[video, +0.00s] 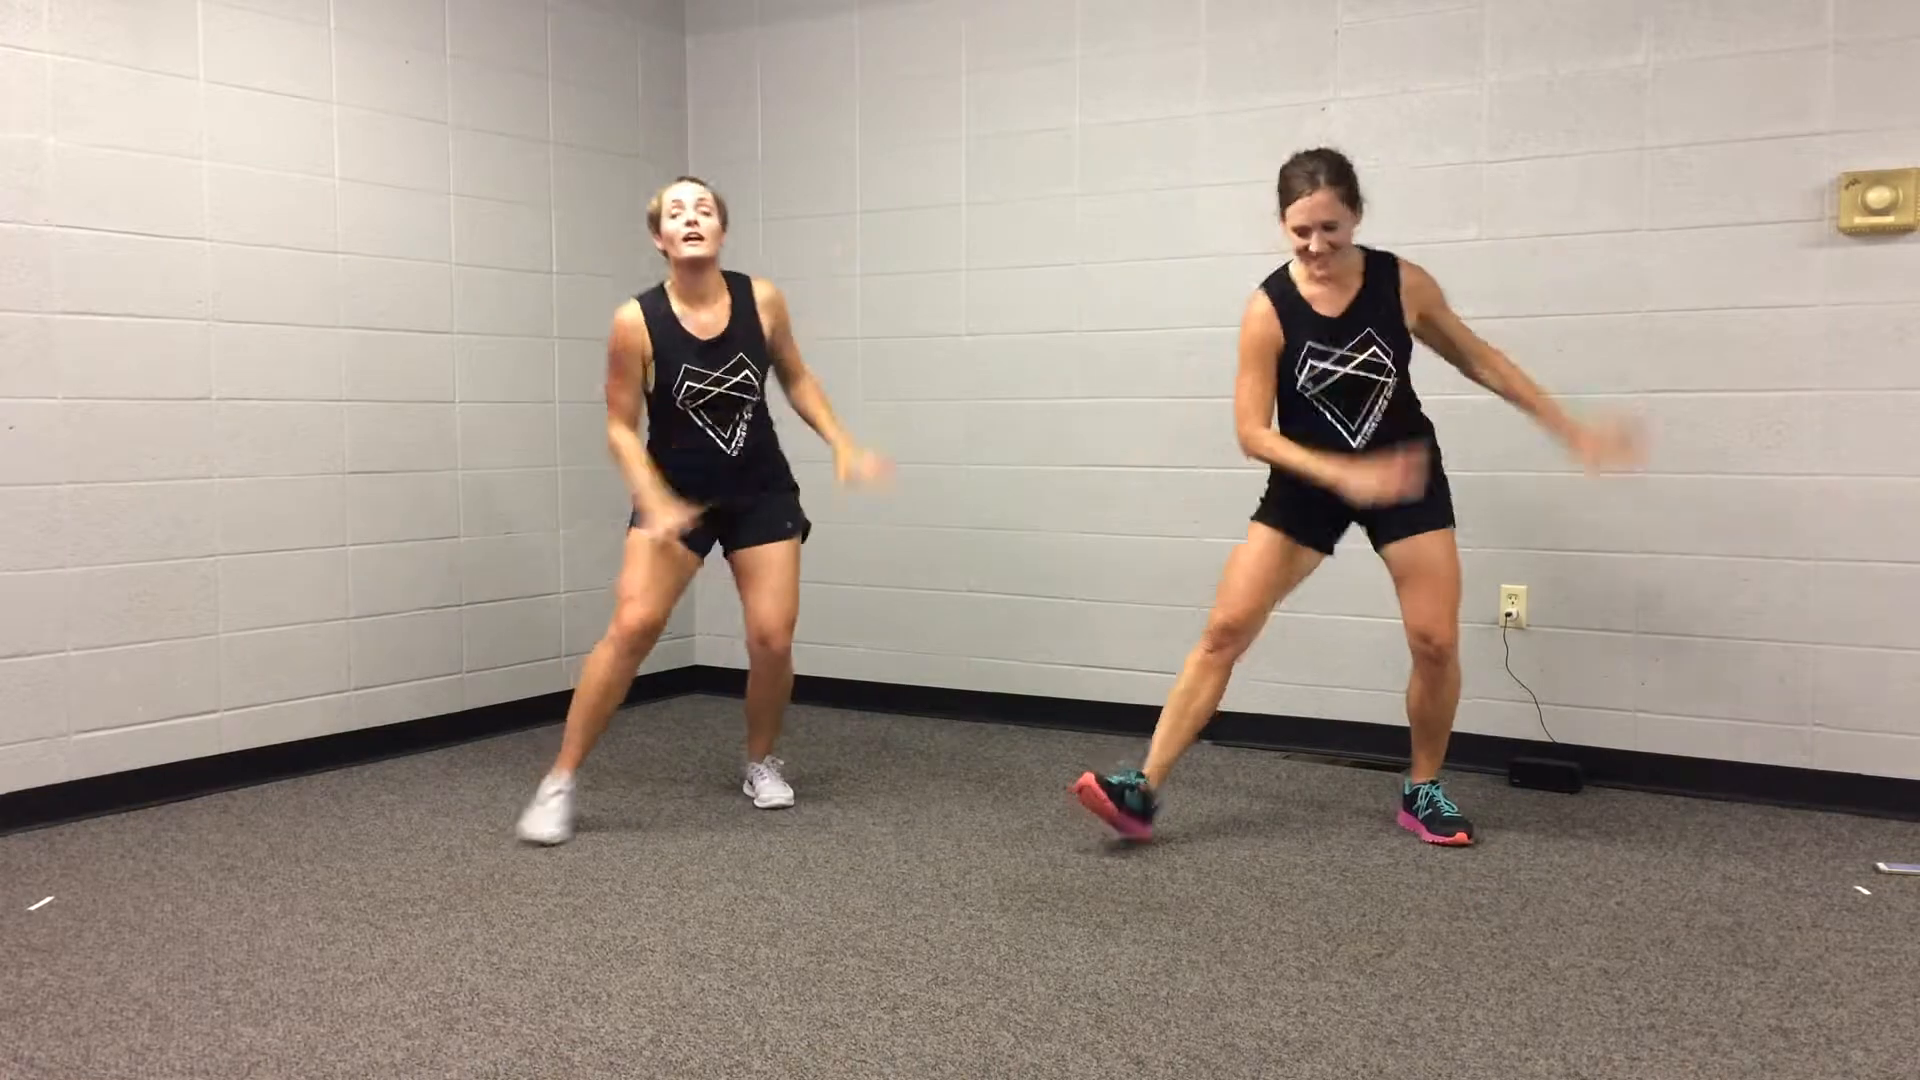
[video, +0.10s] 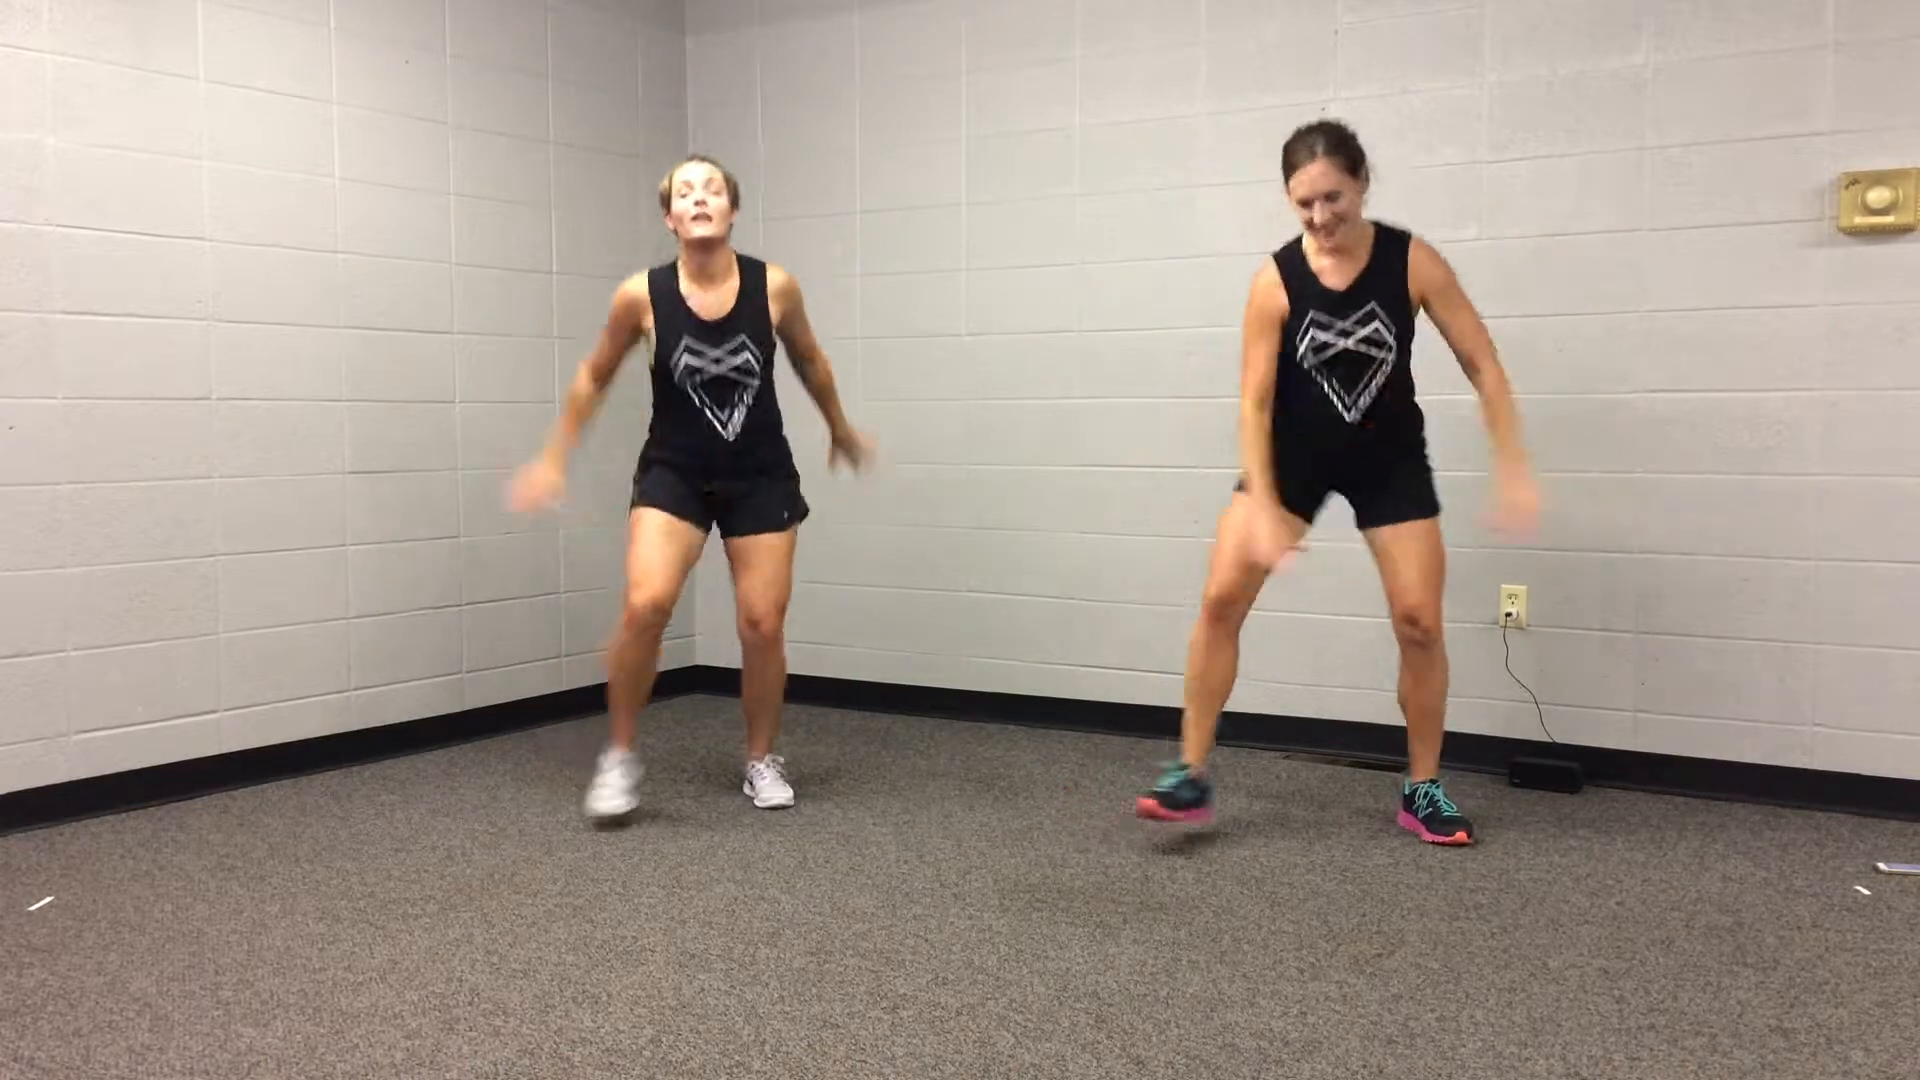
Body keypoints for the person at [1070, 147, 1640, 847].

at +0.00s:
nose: (1317, 244)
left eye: (1331, 228)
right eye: (1303, 230)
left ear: (1356, 216)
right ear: (1283, 224)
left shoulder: (1403, 286)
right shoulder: (1268, 311)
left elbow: (1479, 359)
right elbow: (1254, 435)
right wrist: (1342, 474)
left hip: (1401, 468)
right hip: (1307, 475)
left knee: (1435, 641)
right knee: (1224, 630)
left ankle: (1424, 789)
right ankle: (1144, 786)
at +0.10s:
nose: (1320, 215)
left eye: (1332, 198)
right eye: (1305, 202)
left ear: (1361, 186)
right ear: (1290, 200)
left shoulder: (1413, 263)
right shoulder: (1276, 281)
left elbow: (1483, 366)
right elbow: (1255, 401)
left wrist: (1511, 466)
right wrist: (1262, 504)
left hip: (1388, 456)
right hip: (1293, 456)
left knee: (1419, 622)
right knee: (1221, 600)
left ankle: (1424, 786)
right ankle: (1190, 773)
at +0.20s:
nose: (1315, 182)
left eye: (1327, 165)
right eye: (1300, 171)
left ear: (1360, 158)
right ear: (1287, 173)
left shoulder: (1409, 238)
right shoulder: (1268, 254)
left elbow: (1459, 351)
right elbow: (1227, 361)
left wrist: (1409, 427)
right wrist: (1190, 449)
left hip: (1364, 439)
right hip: (1272, 432)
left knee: (1390, 614)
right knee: (1236, 596)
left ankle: (1420, 784)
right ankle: (1229, 769)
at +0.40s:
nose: (1297, 157)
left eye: (1310, 145)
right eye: (1283, 147)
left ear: (1335, 159)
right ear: (1265, 163)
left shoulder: (1368, 253)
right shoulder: (1234, 254)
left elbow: (1382, 370)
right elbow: (1166, 351)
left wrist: (1329, 454)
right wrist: (1220, 403)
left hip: (1335, 447)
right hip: (1244, 448)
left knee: (1378, 621)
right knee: (1239, 613)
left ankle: (1409, 777)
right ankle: (1242, 782)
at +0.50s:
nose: (1280, 156)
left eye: (1295, 146)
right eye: (1267, 148)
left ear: (1318, 168)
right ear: (1248, 171)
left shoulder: (1353, 250)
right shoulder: (1219, 253)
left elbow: (1394, 337)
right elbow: (1174, 338)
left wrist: (1323, 339)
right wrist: (1255, 289)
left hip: (1323, 444)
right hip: (1235, 448)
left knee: (1377, 570)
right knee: (1238, 624)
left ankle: (1362, 692)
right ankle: (1244, 783)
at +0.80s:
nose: (1241, 146)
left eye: (1257, 135)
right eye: (1232, 138)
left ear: (1293, 155)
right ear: (1223, 161)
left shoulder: (1334, 241)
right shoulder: (1198, 245)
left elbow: (1339, 343)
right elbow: (1207, 340)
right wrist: (1271, 362)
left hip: (1313, 425)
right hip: (1227, 430)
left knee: (1307, 612)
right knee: (1239, 610)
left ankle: (1314, 777)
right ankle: (1245, 782)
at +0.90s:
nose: (1235, 150)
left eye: (1251, 138)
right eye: (1227, 142)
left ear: (1288, 156)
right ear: (1220, 164)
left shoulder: (1332, 251)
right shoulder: (1196, 258)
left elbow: (1350, 363)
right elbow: (1193, 362)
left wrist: (1385, 467)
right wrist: (1202, 446)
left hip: (1308, 450)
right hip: (1223, 451)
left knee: (1307, 621)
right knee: (1235, 617)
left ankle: (1314, 780)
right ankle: (1243, 783)